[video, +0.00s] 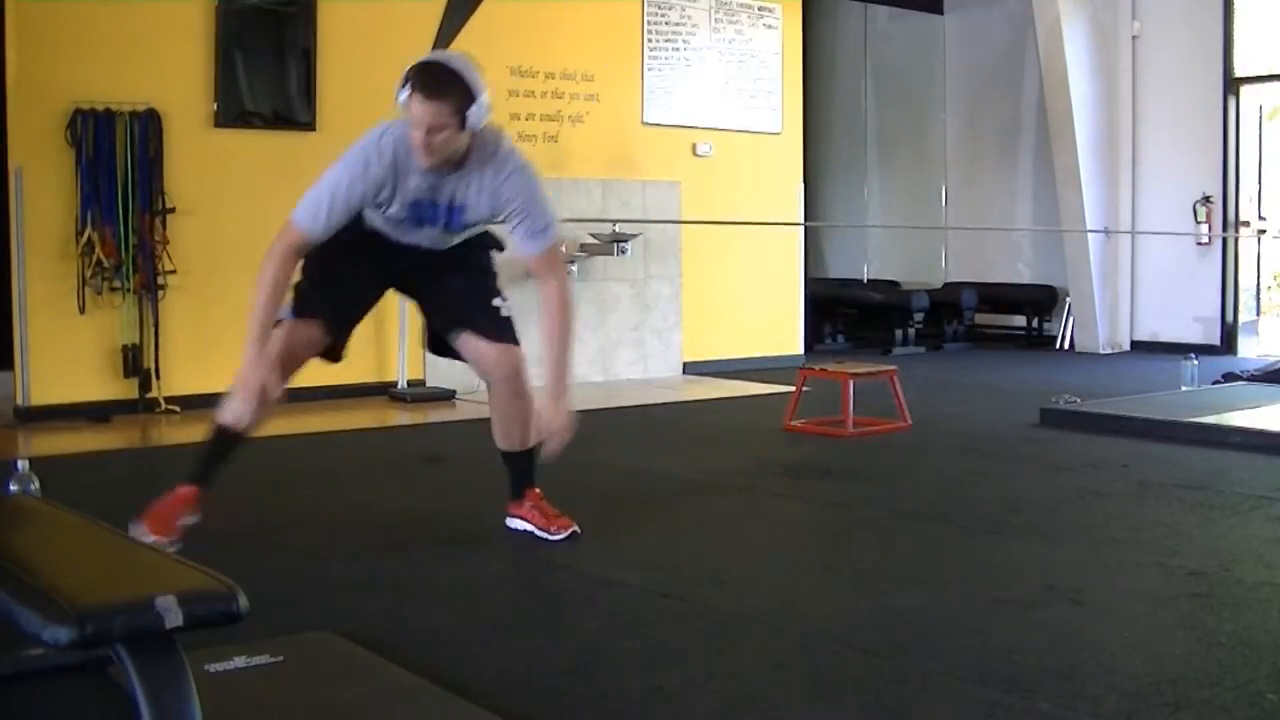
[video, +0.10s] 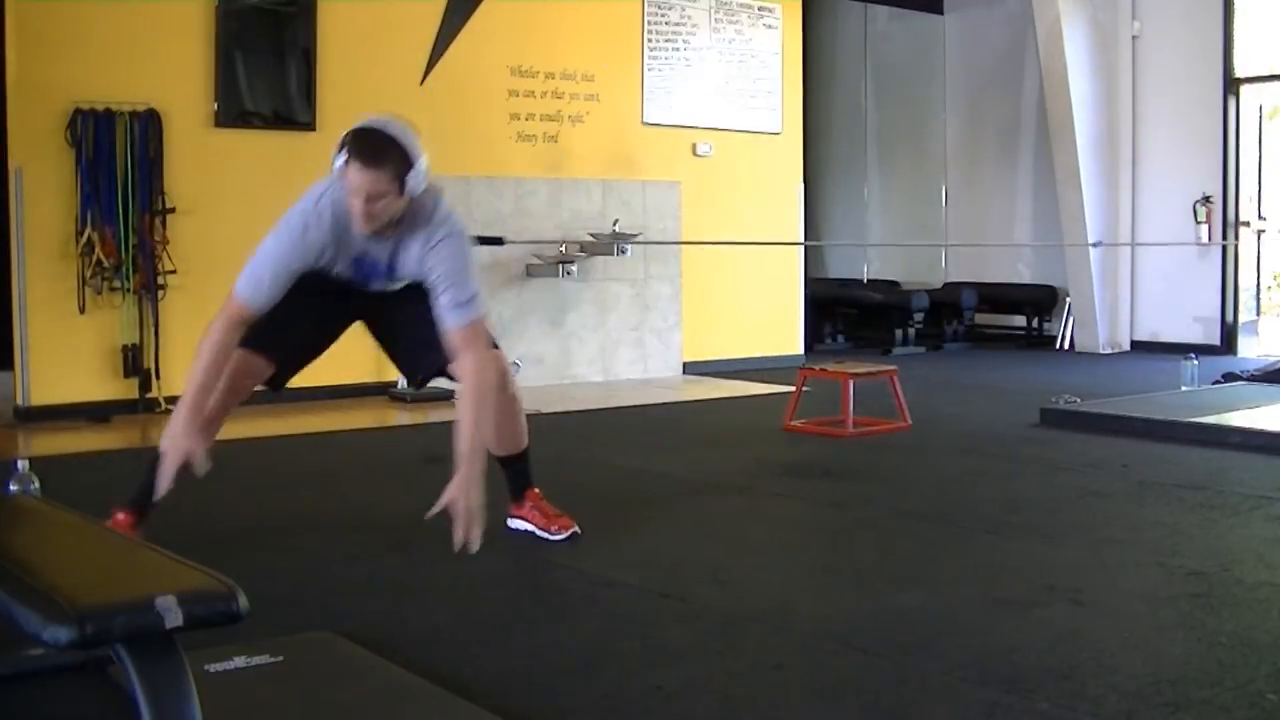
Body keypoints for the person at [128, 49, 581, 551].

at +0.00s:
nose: (421, 142)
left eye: (438, 130)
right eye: (413, 126)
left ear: (470, 124)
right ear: (404, 114)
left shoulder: (506, 169)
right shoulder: (380, 150)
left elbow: (553, 275)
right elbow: (286, 246)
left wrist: (558, 394)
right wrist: (253, 363)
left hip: (454, 255)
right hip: (365, 242)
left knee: (505, 363)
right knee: (290, 346)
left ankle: (524, 499)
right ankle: (192, 491)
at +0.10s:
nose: (362, 210)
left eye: (378, 198)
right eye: (352, 195)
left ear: (408, 189)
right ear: (339, 180)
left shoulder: (438, 230)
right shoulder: (314, 214)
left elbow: (474, 355)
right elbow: (233, 319)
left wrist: (468, 472)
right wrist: (185, 418)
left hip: (405, 291)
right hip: (321, 287)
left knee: (493, 367)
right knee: (233, 377)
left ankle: (527, 499)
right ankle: (133, 513)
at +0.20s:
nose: (305, 277)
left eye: (320, 264)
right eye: (295, 263)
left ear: (347, 252)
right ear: (277, 249)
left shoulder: (381, 274)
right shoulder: (254, 281)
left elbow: (397, 408)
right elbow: (183, 392)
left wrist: (401, 532)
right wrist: (125, 507)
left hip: (371, 307)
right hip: (281, 312)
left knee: (468, 386)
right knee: (196, 399)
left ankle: (527, 499)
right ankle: (127, 524)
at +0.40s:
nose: (309, 294)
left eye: (322, 279)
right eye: (297, 280)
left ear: (343, 271)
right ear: (272, 272)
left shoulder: (370, 294)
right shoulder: (239, 293)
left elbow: (395, 424)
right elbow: (174, 415)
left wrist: (399, 538)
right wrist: (123, 513)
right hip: (253, 278)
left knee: (449, 396)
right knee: (158, 376)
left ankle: (521, 499)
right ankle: (112, 511)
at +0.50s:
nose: (399, 226)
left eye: (407, 211)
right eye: (385, 213)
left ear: (413, 207)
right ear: (344, 209)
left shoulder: (416, 260)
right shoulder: (290, 231)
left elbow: (422, 387)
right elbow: (200, 319)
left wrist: (420, 505)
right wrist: (160, 427)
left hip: (367, 309)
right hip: (284, 301)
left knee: (471, 369)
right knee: (187, 389)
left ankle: (525, 500)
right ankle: (115, 524)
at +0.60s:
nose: (488, 151)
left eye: (491, 138)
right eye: (477, 139)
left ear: (485, 138)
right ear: (435, 138)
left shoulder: (490, 206)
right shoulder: (357, 181)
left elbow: (492, 326)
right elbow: (265, 227)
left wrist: (433, 400)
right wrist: (209, 302)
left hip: (427, 290)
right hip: (336, 284)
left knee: (525, 360)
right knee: (246, 394)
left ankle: (531, 498)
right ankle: (126, 518)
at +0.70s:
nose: (559, 94)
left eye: (560, 82)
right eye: (549, 83)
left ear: (518, 85)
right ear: (507, 85)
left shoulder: (562, 148)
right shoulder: (434, 135)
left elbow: (569, 247)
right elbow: (343, 170)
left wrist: (500, 260)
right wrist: (278, 233)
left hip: (490, 271)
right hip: (412, 259)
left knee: (569, 351)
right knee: (349, 368)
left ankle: (539, 494)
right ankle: (242, 497)